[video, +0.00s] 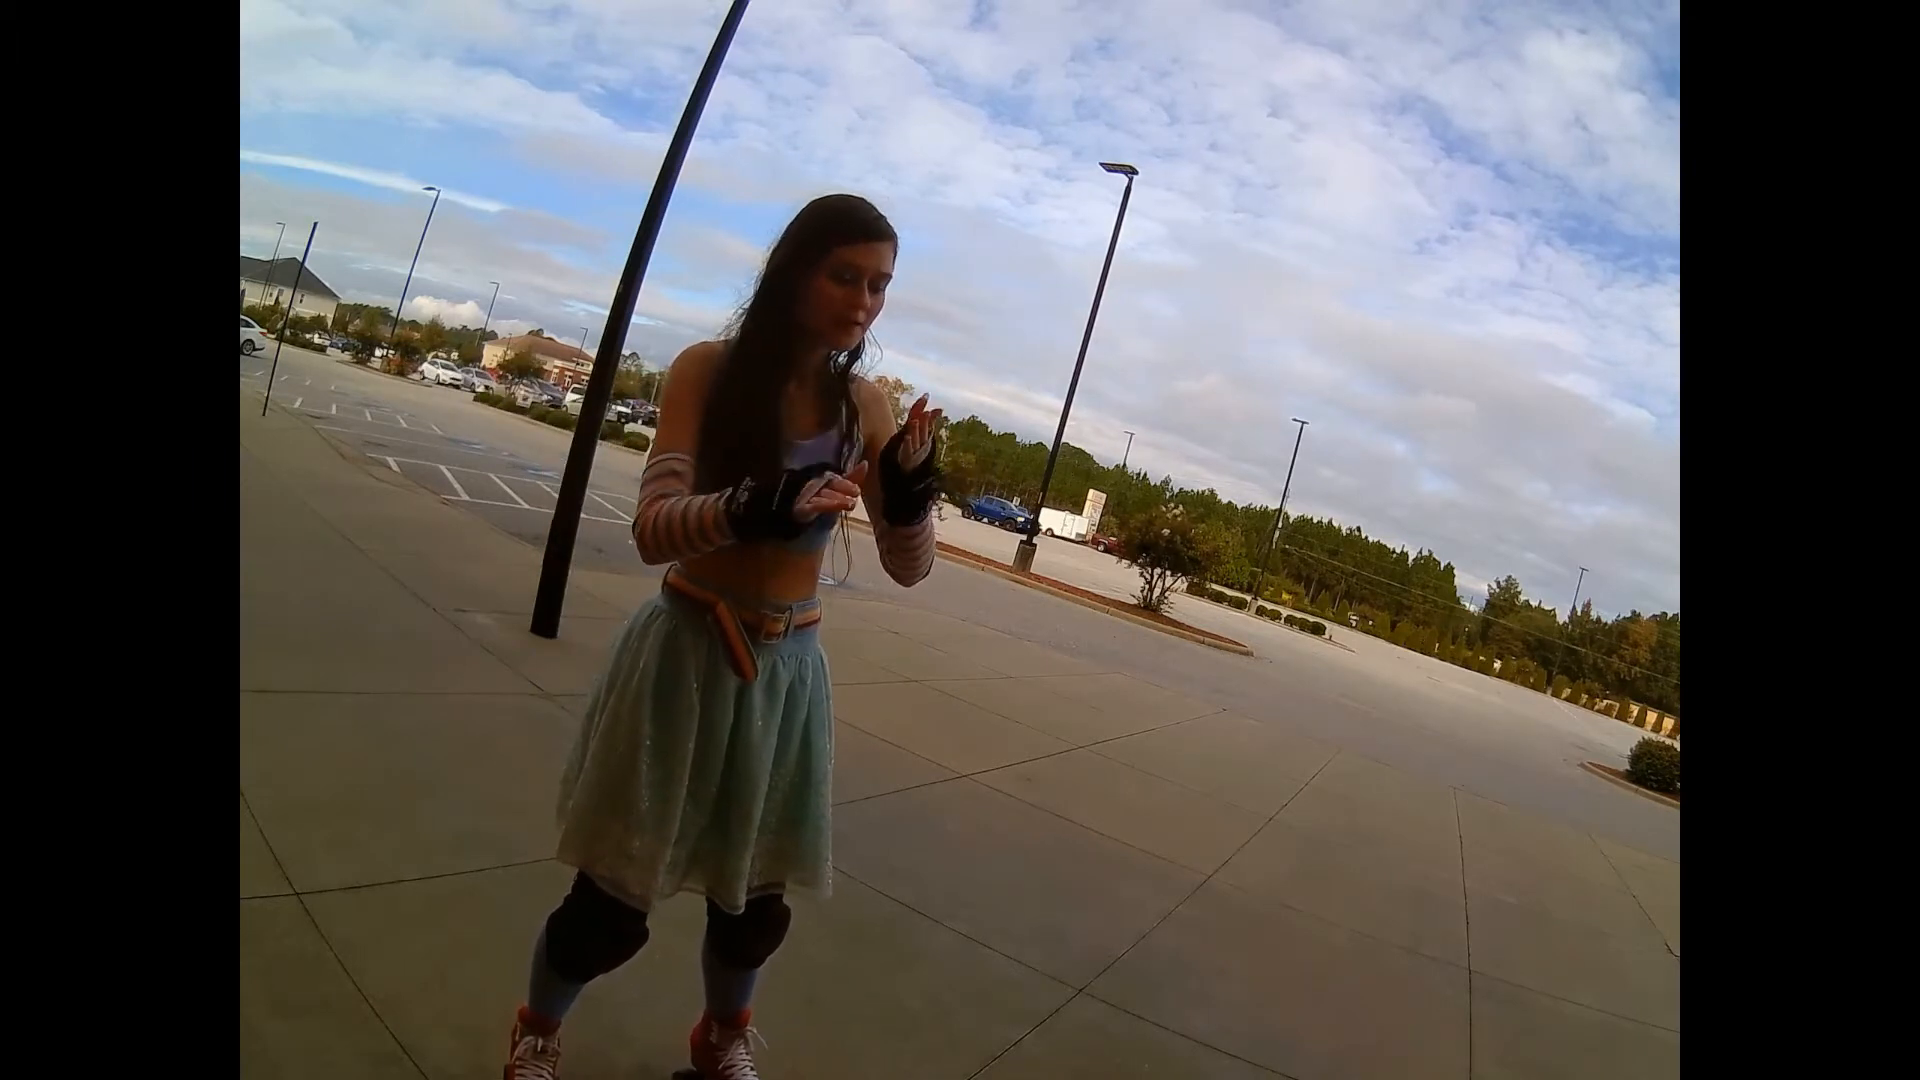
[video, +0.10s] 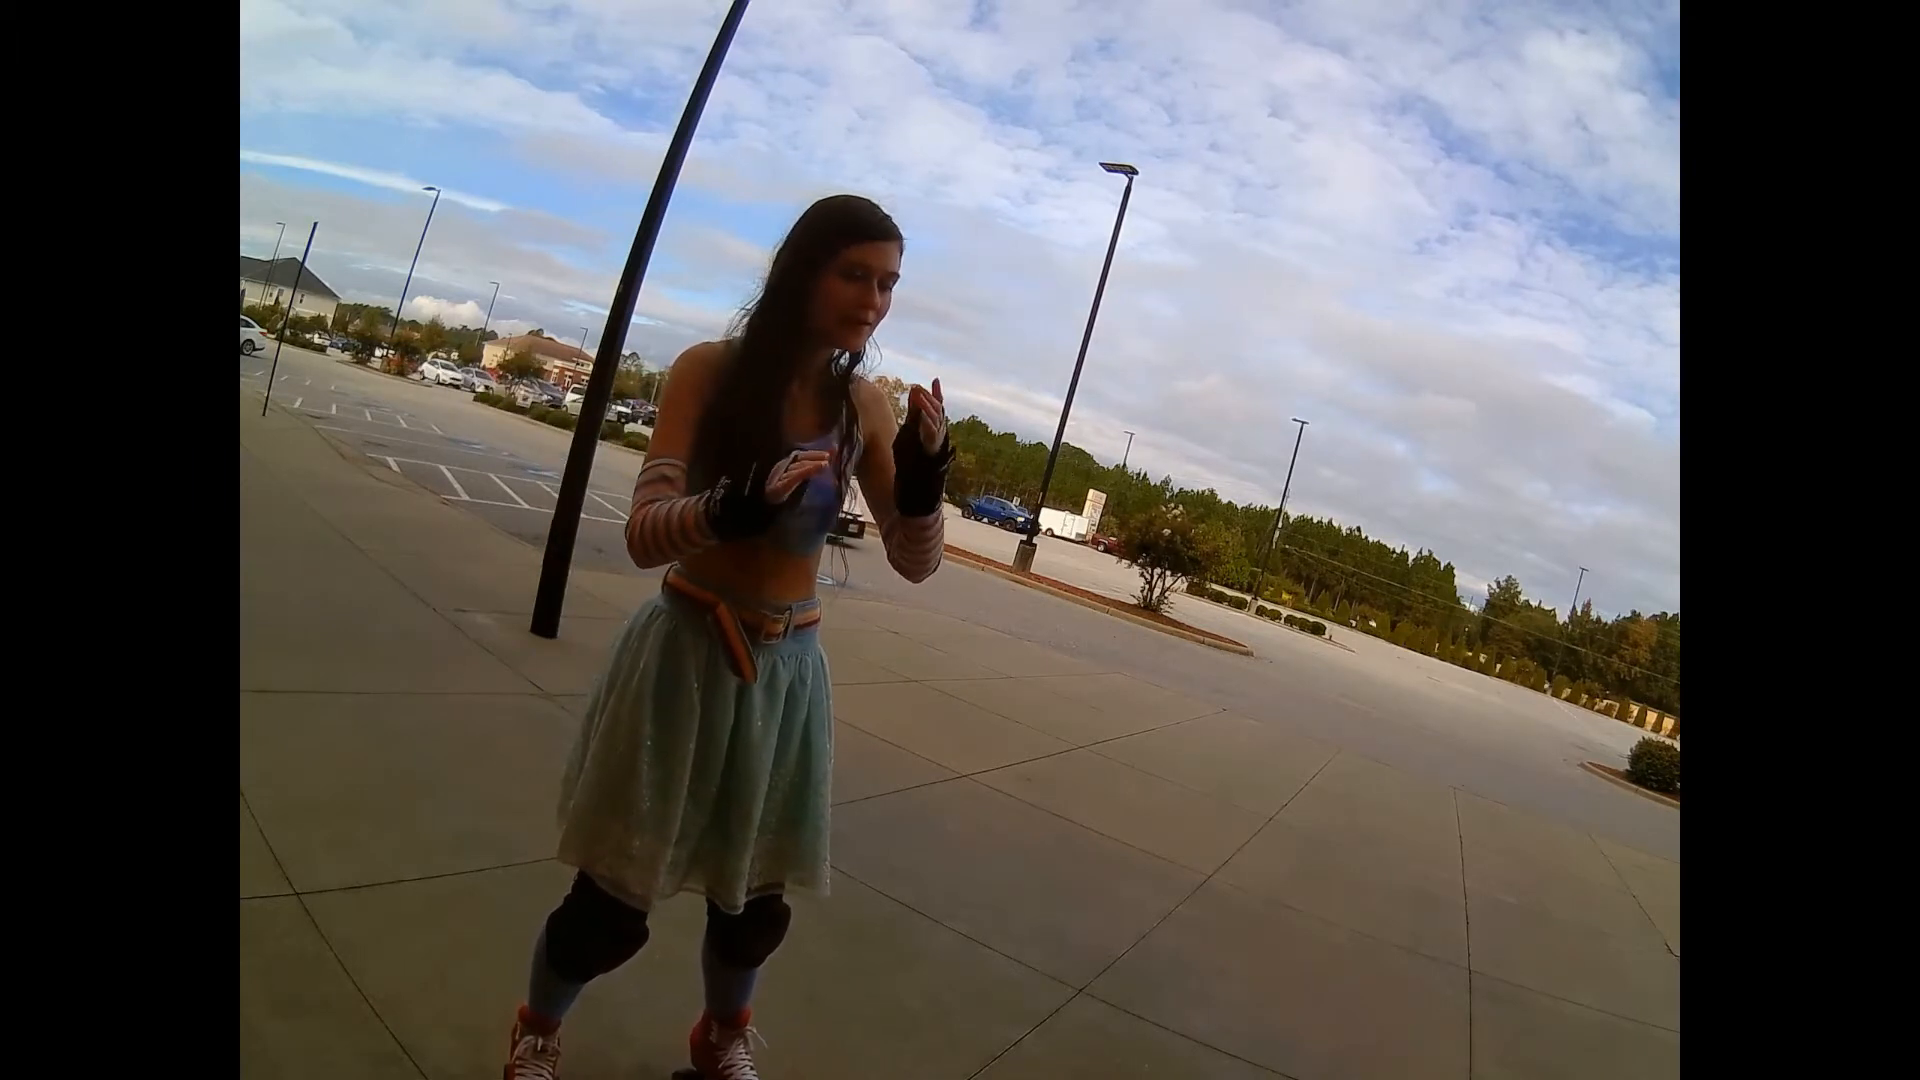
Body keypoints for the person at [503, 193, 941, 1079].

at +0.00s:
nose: (866, 302)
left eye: (880, 286)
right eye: (848, 279)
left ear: (886, 295)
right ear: (794, 274)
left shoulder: (871, 406)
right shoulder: (707, 372)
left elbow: (908, 567)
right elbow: (654, 525)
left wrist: (910, 482)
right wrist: (765, 508)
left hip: (789, 669)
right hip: (686, 651)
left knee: (757, 904)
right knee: (614, 905)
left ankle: (722, 1037)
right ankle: (536, 1034)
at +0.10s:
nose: (876, 300)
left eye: (888, 284)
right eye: (859, 277)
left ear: (891, 295)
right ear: (802, 272)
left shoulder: (866, 405)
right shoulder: (709, 372)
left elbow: (915, 559)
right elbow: (645, 531)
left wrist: (926, 472)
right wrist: (734, 507)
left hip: (788, 667)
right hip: (686, 650)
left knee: (757, 905)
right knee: (615, 904)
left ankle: (722, 1037)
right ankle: (536, 1034)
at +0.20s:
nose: (882, 308)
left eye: (894, 292)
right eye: (868, 284)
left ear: (893, 299)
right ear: (811, 275)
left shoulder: (863, 403)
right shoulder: (709, 374)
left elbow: (934, 543)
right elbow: (630, 531)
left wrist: (934, 432)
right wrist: (724, 499)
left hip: (787, 663)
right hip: (686, 648)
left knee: (755, 903)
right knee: (615, 903)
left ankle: (722, 1039)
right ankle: (536, 1037)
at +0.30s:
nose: (887, 315)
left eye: (898, 297)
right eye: (875, 290)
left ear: (892, 309)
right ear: (818, 279)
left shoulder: (859, 399)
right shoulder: (707, 375)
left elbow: (951, 525)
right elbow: (619, 530)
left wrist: (932, 411)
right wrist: (719, 486)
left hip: (788, 663)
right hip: (684, 649)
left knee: (754, 907)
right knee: (611, 909)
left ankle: (721, 1040)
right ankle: (536, 1037)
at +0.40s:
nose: (887, 319)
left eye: (898, 302)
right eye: (877, 295)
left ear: (893, 310)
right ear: (822, 281)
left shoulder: (856, 398)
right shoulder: (706, 376)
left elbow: (964, 512)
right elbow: (608, 530)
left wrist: (932, 391)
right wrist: (716, 468)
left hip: (788, 662)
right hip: (684, 647)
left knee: (754, 907)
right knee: (610, 909)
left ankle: (723, 1042)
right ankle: (537, 1037)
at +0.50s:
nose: (893, 318)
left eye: (902, 300)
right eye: (882, 296)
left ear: (894, 307)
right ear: (825, 286)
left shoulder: (857, 399)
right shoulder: (705, 378)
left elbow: (966, 507)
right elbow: (598, 529)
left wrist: (931, 393)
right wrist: (701, 464)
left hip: (788, 665)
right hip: (682, 649)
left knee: (756, 908)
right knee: (611, 909)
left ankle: (724, 1039)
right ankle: (537, 1034)